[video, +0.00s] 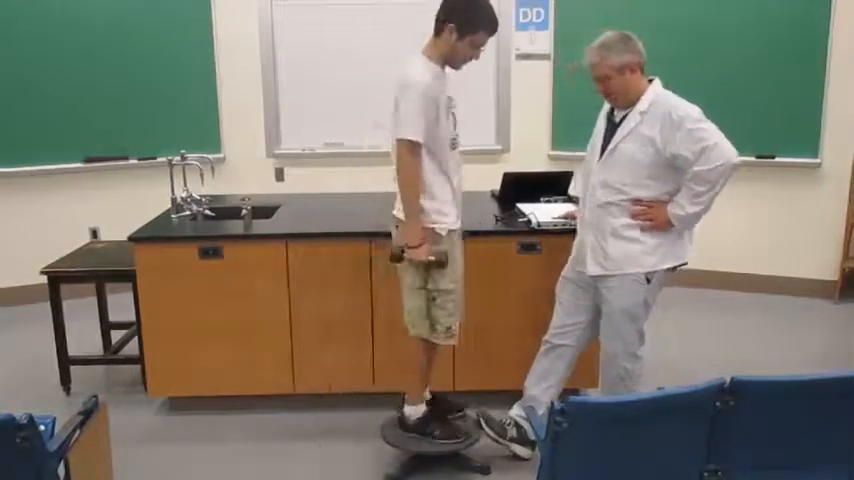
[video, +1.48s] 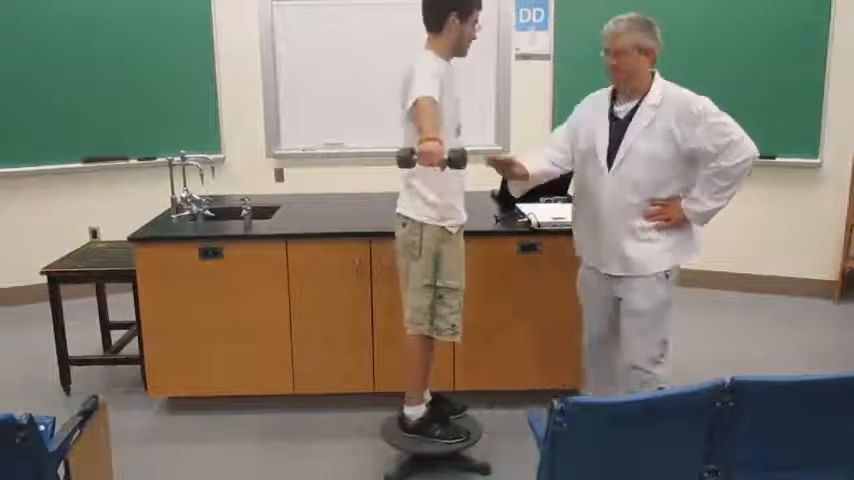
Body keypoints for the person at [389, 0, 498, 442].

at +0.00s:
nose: (476, 57)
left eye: (480, 48)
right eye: (474, 46)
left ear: (453, 33)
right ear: (448, 31)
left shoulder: (435, 77)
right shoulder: (420, 81)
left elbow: (428, 154)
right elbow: (408, 153)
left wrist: (443, 218)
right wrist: (413, 222)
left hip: (442, 221)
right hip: (428, 223)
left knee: (436, 320)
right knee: (428, 322)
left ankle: (424, 398)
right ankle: (414, 409)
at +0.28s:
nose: (474, 54)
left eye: (478, 46)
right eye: (473, 44)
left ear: (450, 33)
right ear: (447, 31)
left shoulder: (432, 80)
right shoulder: (419, 84)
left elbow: (425, 158)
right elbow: (410, 158)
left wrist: (443, 221)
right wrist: (419, 229)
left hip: (441, 222)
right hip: (427, 225)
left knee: (432, 321)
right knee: (422, 323)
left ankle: (424, 398)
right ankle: (412, 413)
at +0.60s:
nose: (472, 45)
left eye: (475, 37)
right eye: (472, 35)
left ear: (446, 26)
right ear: (450, 26)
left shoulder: (427, 75)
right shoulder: (422, 78)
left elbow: (419, 153)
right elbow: (415, 156)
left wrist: (451, 175)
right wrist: (439, 221)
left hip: (428, 220)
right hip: (422, 222)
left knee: (428, 318)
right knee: (422, 320)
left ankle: (422, 400)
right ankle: (414, 411)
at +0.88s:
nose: (472, 32)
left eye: (473, 23)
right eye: (470, 22)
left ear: (441, 21)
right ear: (453, 20)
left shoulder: (435, 68)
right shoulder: (426, 68)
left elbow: (429, 131)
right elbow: (420, 127)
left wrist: (449, 185)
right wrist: (440, 184)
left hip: (435, 216)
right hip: (423, 217)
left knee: (431, 314)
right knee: (421, 316)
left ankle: (423, 398)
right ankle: (414, 411)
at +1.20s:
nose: (478, 32)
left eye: (478, 23)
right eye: (476, 22)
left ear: (451, 21)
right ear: (457, 21)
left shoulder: (442, 69)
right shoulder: (428, 66)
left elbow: (438, 124)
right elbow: (426, 111)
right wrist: (432, 144)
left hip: (441, 214)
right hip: (425, 214)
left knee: (434, 314)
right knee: (423, 315)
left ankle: (423, 398)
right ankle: (414, 411)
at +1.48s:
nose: (477, 32)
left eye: (477, 23)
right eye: (474, 22)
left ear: (449, 21)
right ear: (455, 21)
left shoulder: (443, 68)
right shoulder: (427, 65)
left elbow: (449, 135)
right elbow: (423, 105)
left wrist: (493, 160)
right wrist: (430, 138)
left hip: (442, 213)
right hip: (425, 213)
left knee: (435, 313)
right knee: (423, 315)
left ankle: (423, 399)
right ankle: (414, 411)